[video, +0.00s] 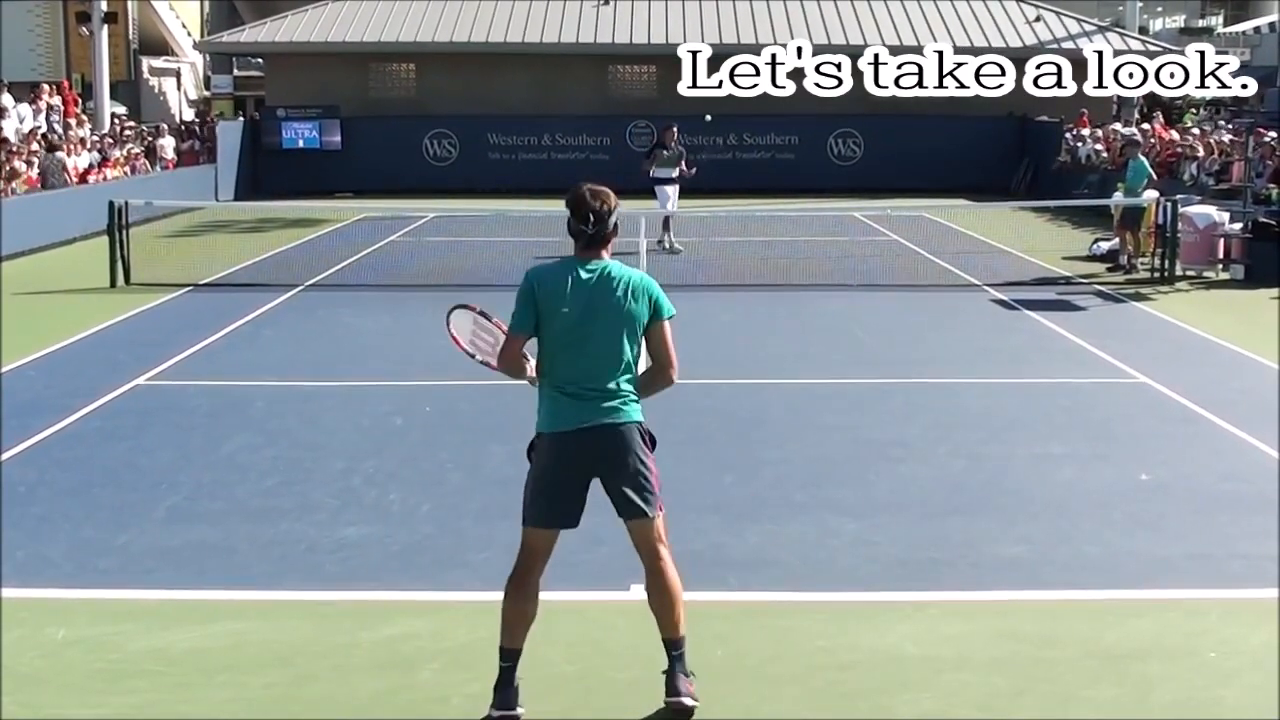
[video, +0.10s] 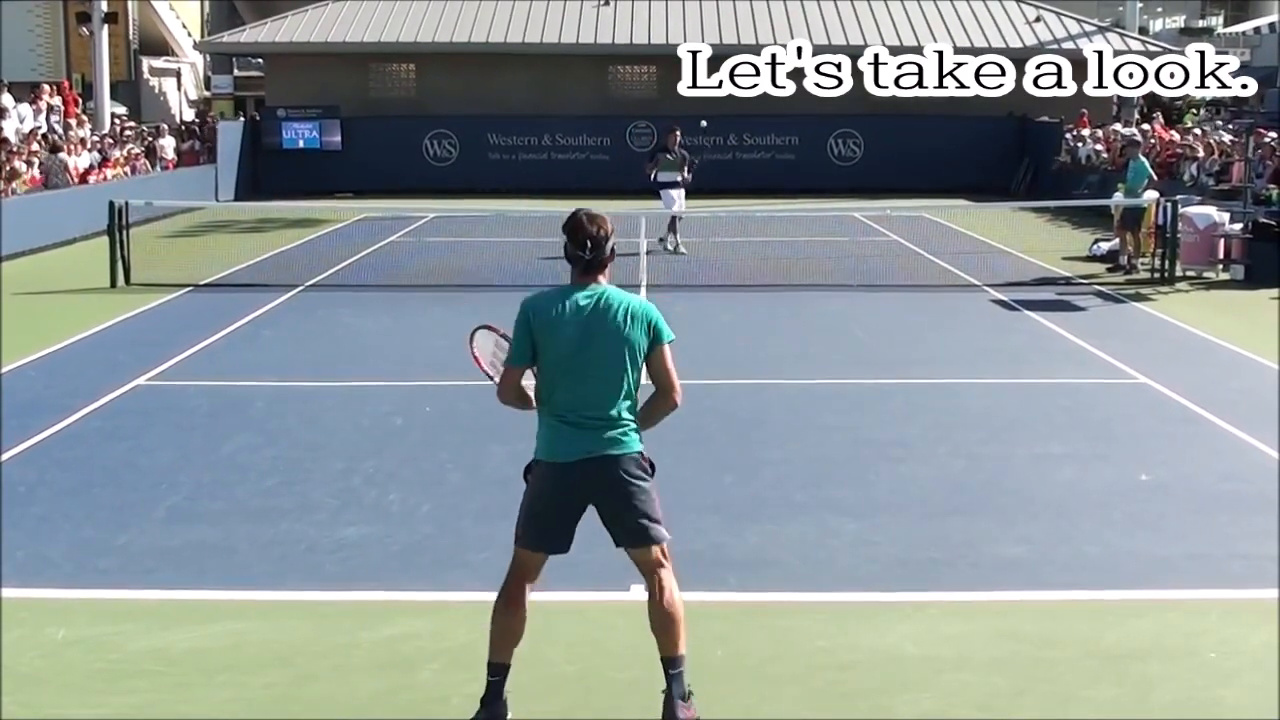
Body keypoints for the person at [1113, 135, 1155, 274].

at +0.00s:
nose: (1126, 151)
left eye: (1128, 148)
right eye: (1126, 148)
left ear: (1136, 148)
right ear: (1128, 149)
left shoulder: (1142, 162)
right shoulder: (1131, 162)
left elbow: (1153, 178)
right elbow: (1132, 180)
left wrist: (1142, 190)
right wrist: (1124, 187)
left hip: (1138, 202)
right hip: (1128, 200)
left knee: (1134, 231)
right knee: (1121, 230)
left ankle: (1135, 262)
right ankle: (1122, 261)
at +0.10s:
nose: (1126, 151)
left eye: (1128, 147)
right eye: (1126, 148)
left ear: (1136, 148)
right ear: (1129, 149)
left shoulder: (1143, 163)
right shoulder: (1131, 162)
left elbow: (1154, 179)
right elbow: (1131, 180)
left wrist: (1142, 190)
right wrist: (1125, 187)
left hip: (1138, 203)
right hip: (1128, 201)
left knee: (1135, 232)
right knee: (1121, 231)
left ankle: (1135, 263)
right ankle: (1122, 261)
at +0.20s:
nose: (1127, 151)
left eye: (1129, 148)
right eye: (1127, 148)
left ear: (1136, 149)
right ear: (1130, 149)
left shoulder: (1143, 163)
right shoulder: (1131, 163)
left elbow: (1154, 179)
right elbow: (1132, 180)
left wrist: (1142, 190)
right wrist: (1125, 187)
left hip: (1138, 203)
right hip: (1128, 202)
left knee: (1135, 233)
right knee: (1121, 231)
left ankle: (1135, 263)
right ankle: (1122, 261)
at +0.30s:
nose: (1128, 151)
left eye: (1130, 148)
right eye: (1128, 148)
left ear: (1137, 149)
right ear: (1131, 150)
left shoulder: (1144, 163)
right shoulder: (1132, 163)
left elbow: (1155, 179)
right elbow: (1132, 181)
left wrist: (1143, 191)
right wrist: (1125, 188)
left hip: (1138, 203)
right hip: (1128, 202)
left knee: (1135, 233)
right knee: (1121, 231)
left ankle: (1135, 264)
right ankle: (1122, 262)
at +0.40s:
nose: (1129, 152)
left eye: (1131, 149)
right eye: (1128, 149)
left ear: (1138, 150)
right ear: (1130, 151)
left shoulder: (1145, 164)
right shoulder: (1132, 164)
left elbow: (1156, 181)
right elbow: (1133, 181)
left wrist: (1144, 193)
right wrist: (1126, 189)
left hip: (1139, 204)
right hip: (1129, 203)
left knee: (1136, 234)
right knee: (1121, 233)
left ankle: (1136, 265)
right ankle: (1122, 263)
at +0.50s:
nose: (1130, 154)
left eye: (1133, 151)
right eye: (1129, 151)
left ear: (1139, 151)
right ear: (1129, 152)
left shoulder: (1145, 165)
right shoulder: (1132, 165)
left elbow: (1157, 181)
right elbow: (1133, 181)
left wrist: (1146, 193)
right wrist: (1126, 190)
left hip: (1140, 205)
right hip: (1129, 203)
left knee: (1136, 235)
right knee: (1121, 233)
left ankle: (1136, 265)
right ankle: (1122, 264)